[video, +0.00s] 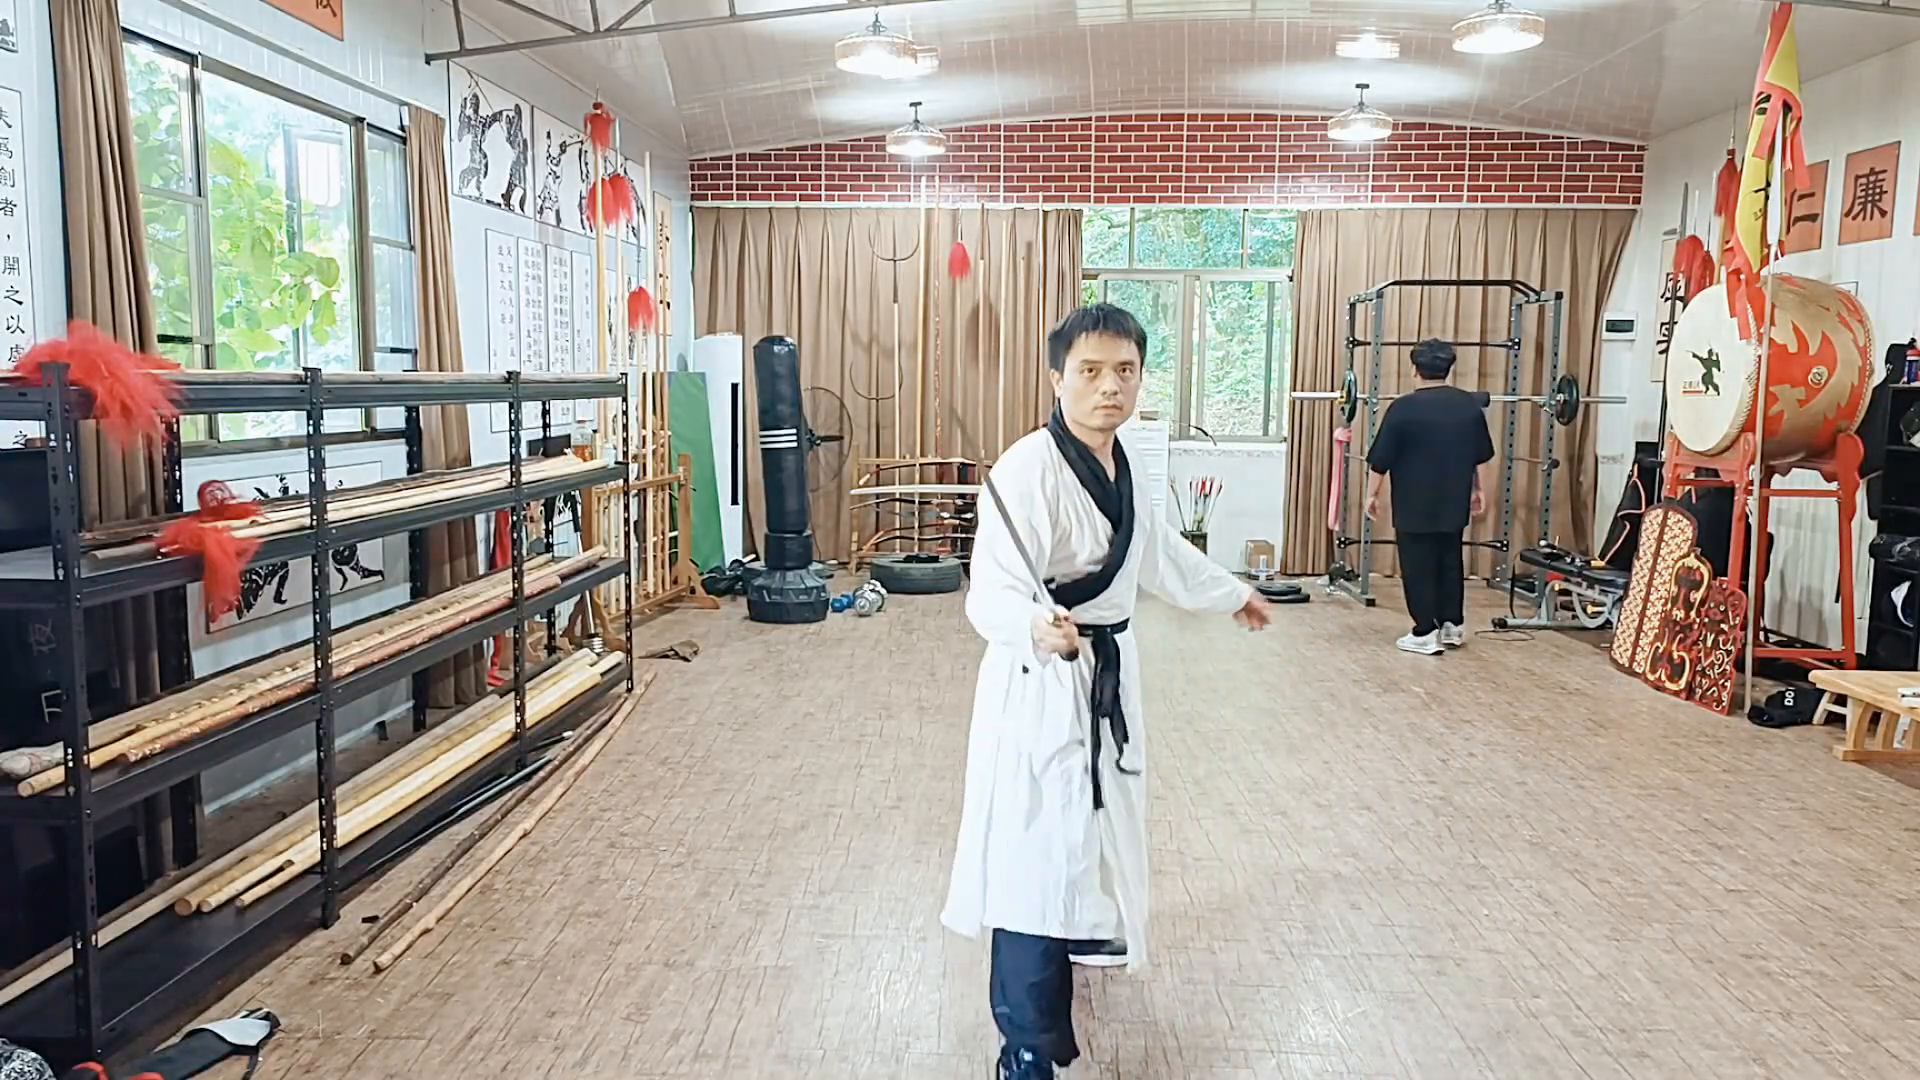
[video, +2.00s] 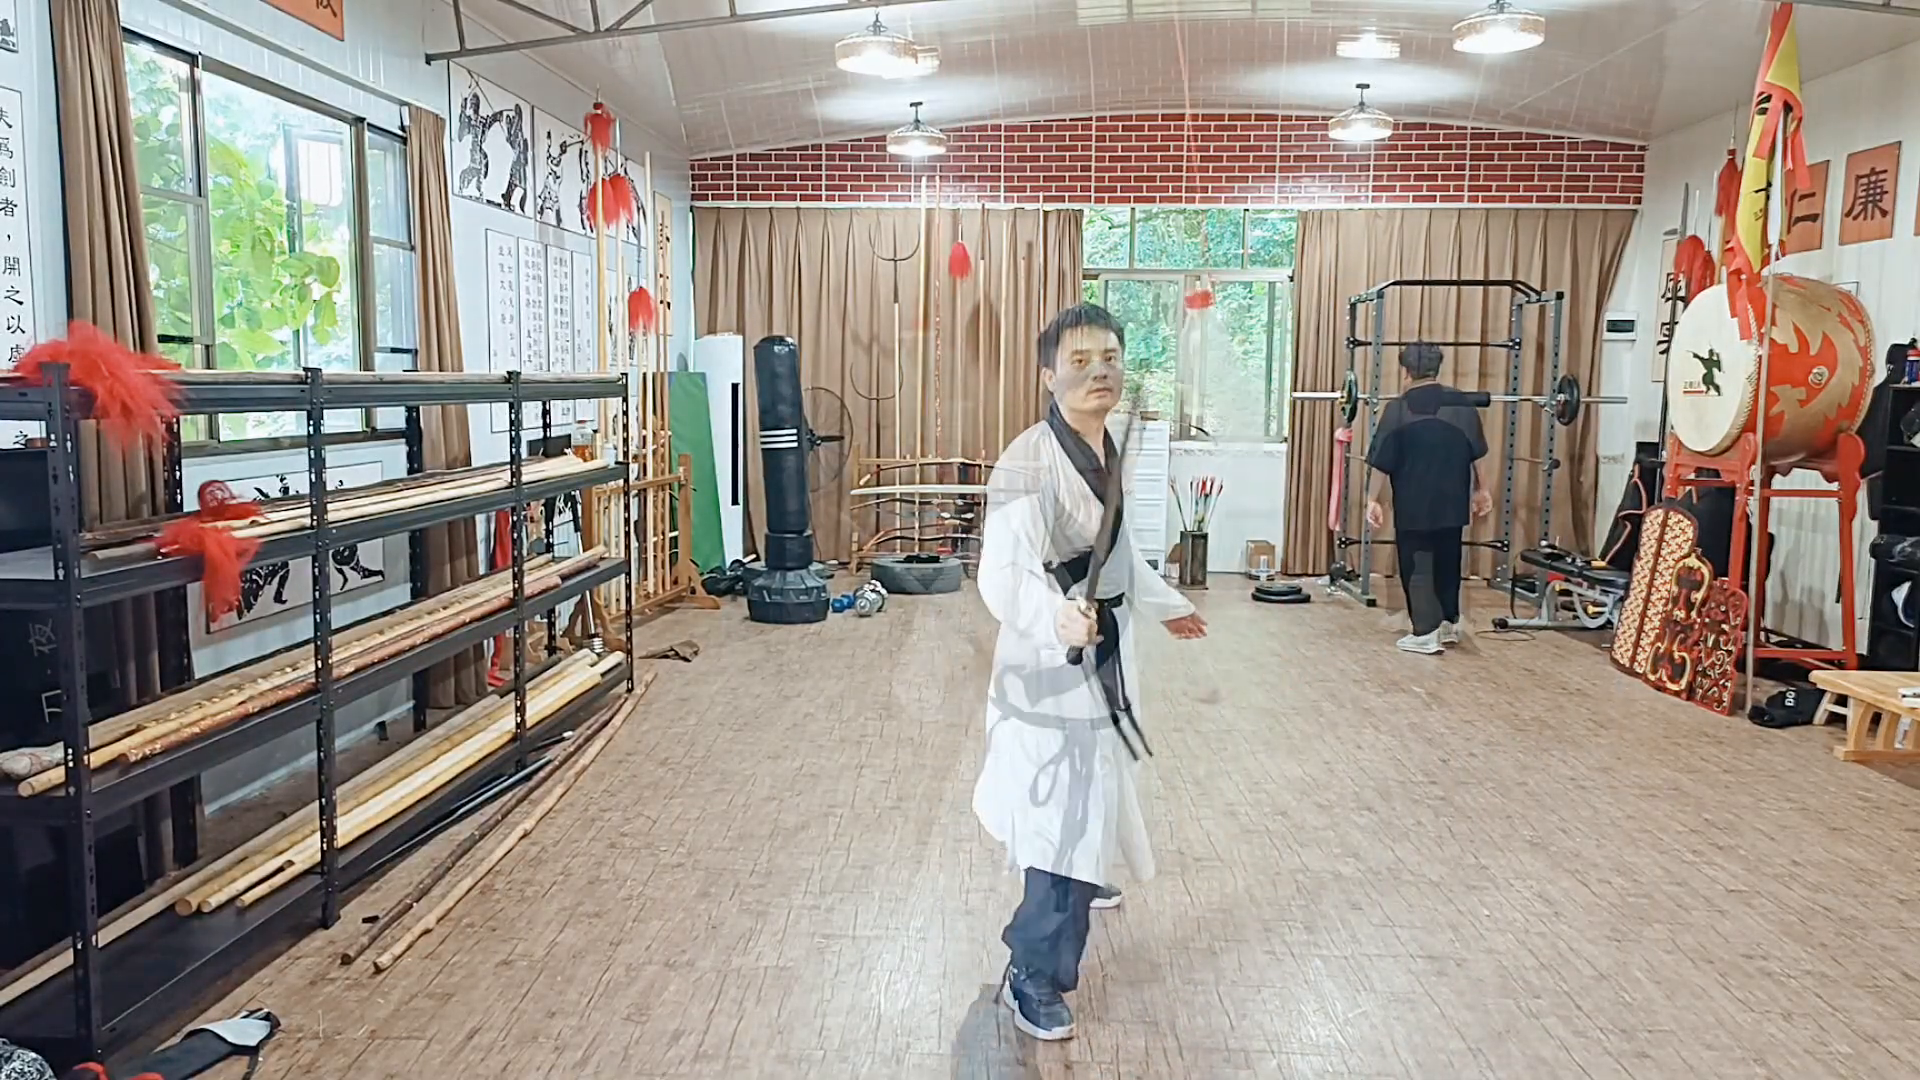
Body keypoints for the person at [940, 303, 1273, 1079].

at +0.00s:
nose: (1110, 386)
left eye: (1124, 370)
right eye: (1091, 370)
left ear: (1140, 380)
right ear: (1058, 379)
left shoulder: (1135, 457)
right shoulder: (1022, 474)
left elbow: (1156, 549)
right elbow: (994, 591)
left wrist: (1229, 591)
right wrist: (1037, 626)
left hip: (1108, 666)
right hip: (1037, 673)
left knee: (1097, 817)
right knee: (1034, 844)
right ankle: (1028, 1049)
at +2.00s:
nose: (1100, 372)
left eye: (1109, 358)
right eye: (1081, 361)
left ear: (1122, 368)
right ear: (1050, 374)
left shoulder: (1110, 451)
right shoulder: (1027, 462)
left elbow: (1115, 552)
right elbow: (1004, 573)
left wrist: (1166, 604)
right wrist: (1058, 617)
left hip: (1100, 657)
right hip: (1046, 669)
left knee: (1093, 783)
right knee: (1059, 815)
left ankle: (1077, 881)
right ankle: (1034, 979)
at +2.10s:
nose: (1098, 376)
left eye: (1109, 362)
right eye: (1080, 364)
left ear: (1122, 373)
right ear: (1051, 377)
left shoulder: (1111, 451)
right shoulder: (1035, 459)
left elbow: (1120, 547)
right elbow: (1005, 558)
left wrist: (1172, 594)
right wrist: (1059, 600)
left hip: (1104, 676)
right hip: (1045, 681)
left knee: (1087, 814)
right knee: (1056, 830)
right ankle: (1034, 980)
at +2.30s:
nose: (1131, 408)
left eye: (1142, 391)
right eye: (1108, 392)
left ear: (1155, 403)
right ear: (1064, 409)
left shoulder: (1147, 487)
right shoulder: (1029, 514)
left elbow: (1180, 567)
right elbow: (982, 653)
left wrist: (1233, 617)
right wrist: (1048, 644)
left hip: (1125, 718)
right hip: (1048, 733)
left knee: (1101, 890)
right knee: (1057, 966)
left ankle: (1059, 1028)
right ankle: (1014, 1061)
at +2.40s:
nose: (1144, 392)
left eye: (1153, 375)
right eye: (1119, 377)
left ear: (1162, 387)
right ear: (1072, 399)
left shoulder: (1135, 485)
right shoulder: (1048, 493)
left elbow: (1147, 574)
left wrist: (1182, 609)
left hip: (1117, 718)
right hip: (1059, 730)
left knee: (1093, 938)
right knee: (1070, 964)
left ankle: (1050, 1060)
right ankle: (1027, 1067)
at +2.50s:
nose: (1142, 403)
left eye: (1149, 384)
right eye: (1118, 386)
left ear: (1158, 392)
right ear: (1065, 405)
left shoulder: (1112, 483)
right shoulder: (1064, 490)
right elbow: (1146, 510)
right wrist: (1213, 507)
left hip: (1105, 713)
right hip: (1053, 728)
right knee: (1068, 976)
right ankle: (1030, 1065)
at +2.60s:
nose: (1148, 403)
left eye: (1153, 384)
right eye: (1122, 390)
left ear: (1163, 391)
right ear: (1071, 417)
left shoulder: (1126, 479)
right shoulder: (1071, 496)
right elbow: (1156, 492)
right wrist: (1246, 453)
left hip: (1117, 709)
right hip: (1054, 730)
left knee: (1141, 844)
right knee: (1071, 967)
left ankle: (1128, 946)